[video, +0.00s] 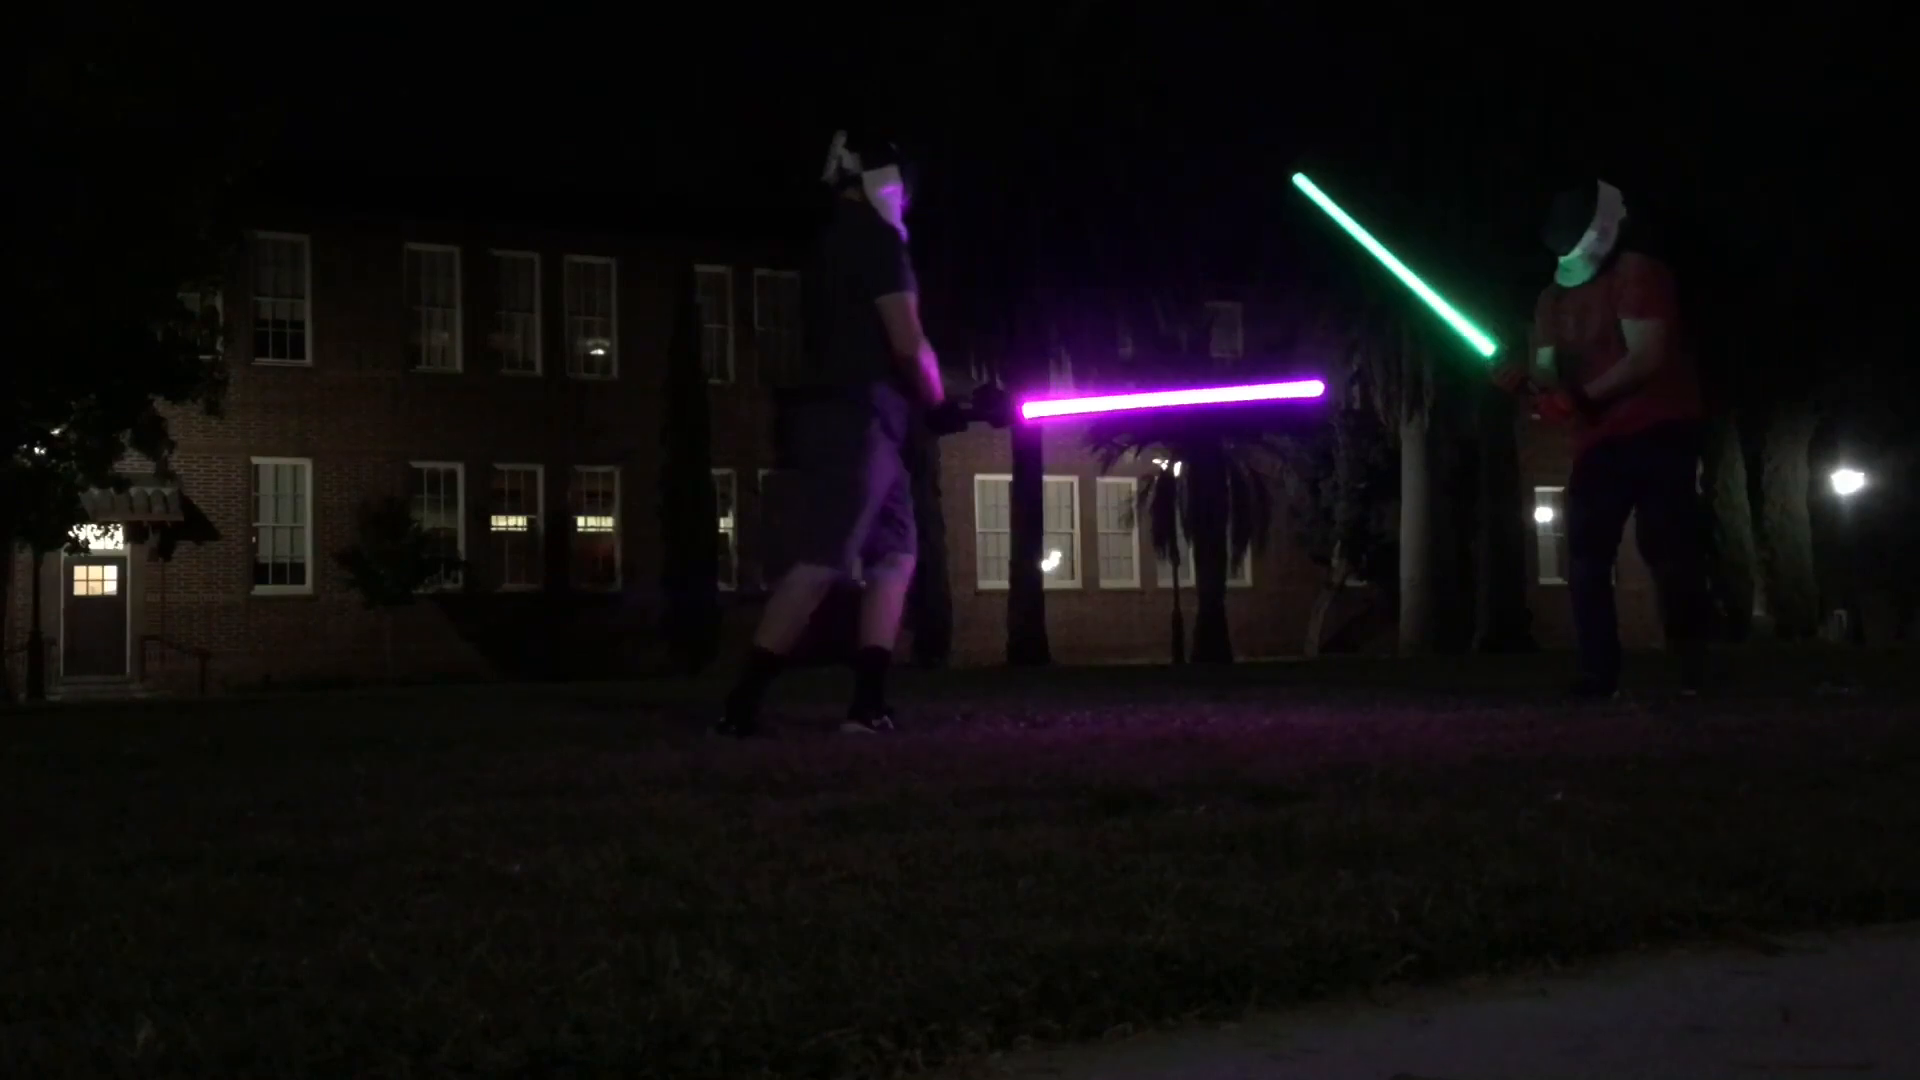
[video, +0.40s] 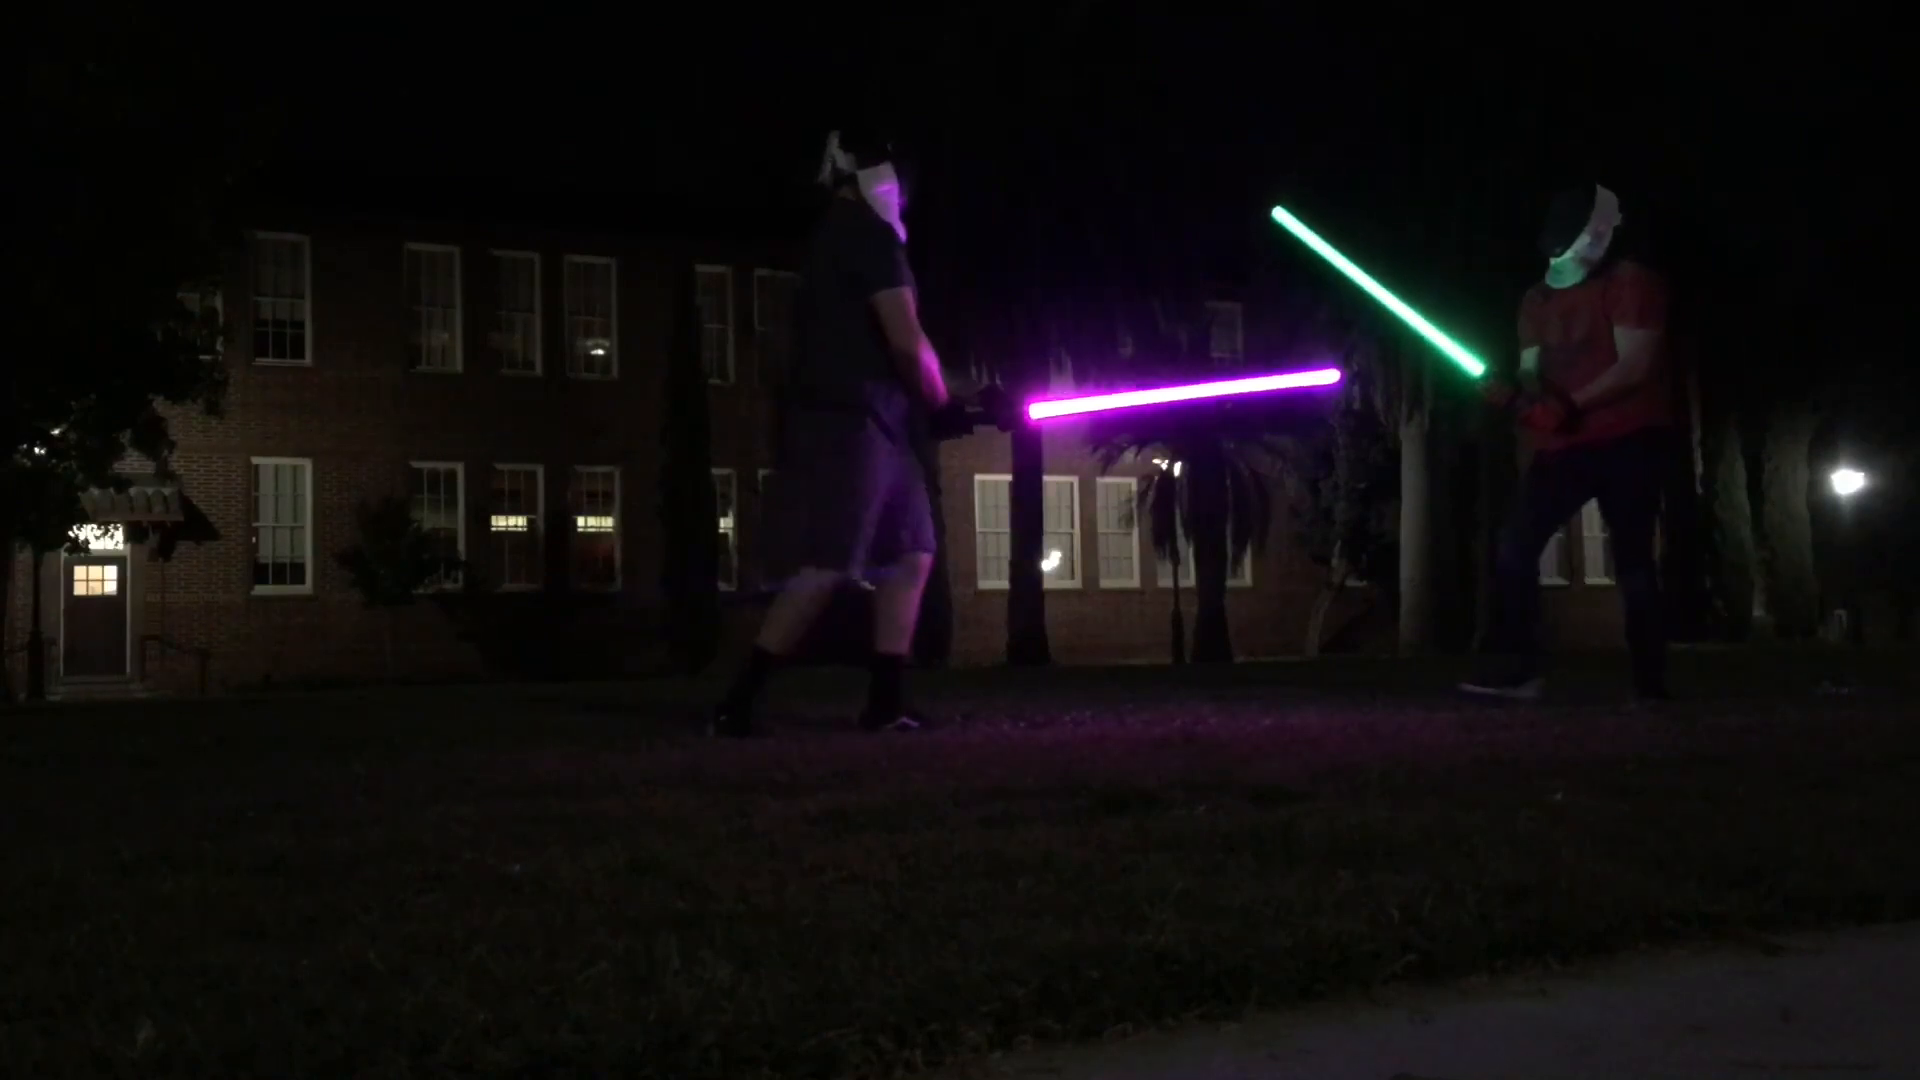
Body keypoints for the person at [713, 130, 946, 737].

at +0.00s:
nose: (903, 197)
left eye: (901, 184)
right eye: (895, 184)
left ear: (852, 188)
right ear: (867, 186)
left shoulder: (832, 238)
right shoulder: (877, 240)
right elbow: (909, 344)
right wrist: (939, 402)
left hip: (851, 421)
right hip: (858, 422)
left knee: (895, 554)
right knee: (824, 560)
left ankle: (869, 702)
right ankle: (744, 700)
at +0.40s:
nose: (900, 192)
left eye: (896, 179)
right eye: (891, 179)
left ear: (849, 185)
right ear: (867, 184)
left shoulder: (837, 237)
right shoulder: (872, 238)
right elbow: (908, 342)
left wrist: (927, 407)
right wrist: (943, 405)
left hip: (872, 428)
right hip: (849, 427)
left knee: (911, 553)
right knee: (828, 564)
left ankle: (885, 704)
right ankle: (741, 701)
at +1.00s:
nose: (982, 178)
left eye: (980, 164)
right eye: (974, 164)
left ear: (918, 165)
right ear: (948, 166)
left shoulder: (884, 222)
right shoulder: (955, 230)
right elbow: (996, 336)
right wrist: (1024, 380)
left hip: (902, 403)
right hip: (952, 402)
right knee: (996, 541)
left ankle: (927, 684)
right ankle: (934, 688)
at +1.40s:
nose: (1081, 201)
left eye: (1077, 190)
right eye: (1073, 191)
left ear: (1025, 197)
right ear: (1052, 197)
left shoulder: (1012, 251)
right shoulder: (1068, 257)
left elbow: (1114, 277)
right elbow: (1154, 325)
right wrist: (1193, 301)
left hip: (1025, 429)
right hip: (1052, 433)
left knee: (1132, 546)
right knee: (1027, 570)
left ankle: (1191, 679)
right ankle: (938, 702)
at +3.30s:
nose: (803, 200)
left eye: (801, 189)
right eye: (796, 189)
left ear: (745, 192)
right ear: (778, 191)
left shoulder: (723, 245)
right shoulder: (790, 243)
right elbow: (818, 336)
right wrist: (821, 401)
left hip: (722, 412)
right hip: (768, 415)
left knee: (746, 557)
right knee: (749, 558)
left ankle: (734, 694)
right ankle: (694, 693)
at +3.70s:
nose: (823, 202)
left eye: (821, 189)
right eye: (816, 188)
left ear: (771, 190)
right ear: (792, 189)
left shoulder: (751, 244)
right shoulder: (799, 249)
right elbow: (824, 355)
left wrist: (843, 421)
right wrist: (844, 424)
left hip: (759, 419)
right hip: (775, 423)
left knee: (848, 534)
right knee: (765, 567)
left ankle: (854, 684)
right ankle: (687, 704)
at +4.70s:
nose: (847, 215)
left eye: (843, 206)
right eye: (836, 206)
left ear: (801, 213)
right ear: (808, 211)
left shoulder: (847, 272)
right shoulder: (812, 258)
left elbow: (913, 249)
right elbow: (894, 204)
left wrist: (960, 198)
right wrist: (920, 177)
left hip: (903, 449)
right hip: (870, 451)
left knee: (965, 555)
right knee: (912, 590)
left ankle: (984, 697)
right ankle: (780, 698)